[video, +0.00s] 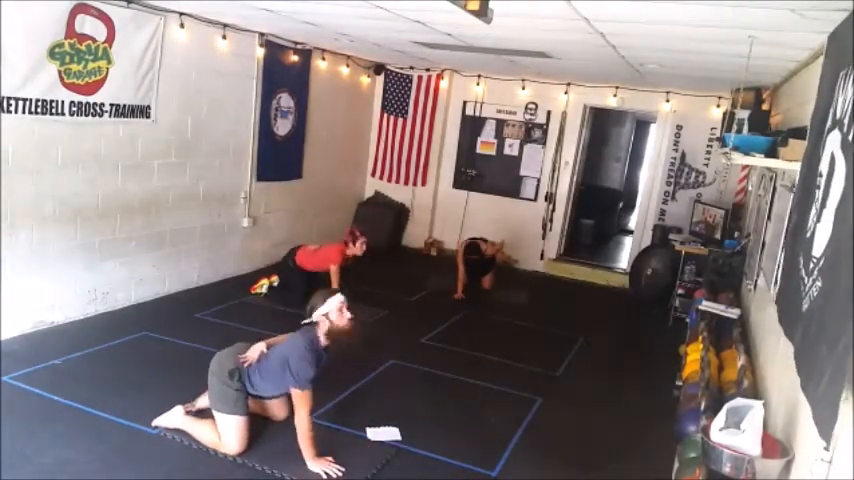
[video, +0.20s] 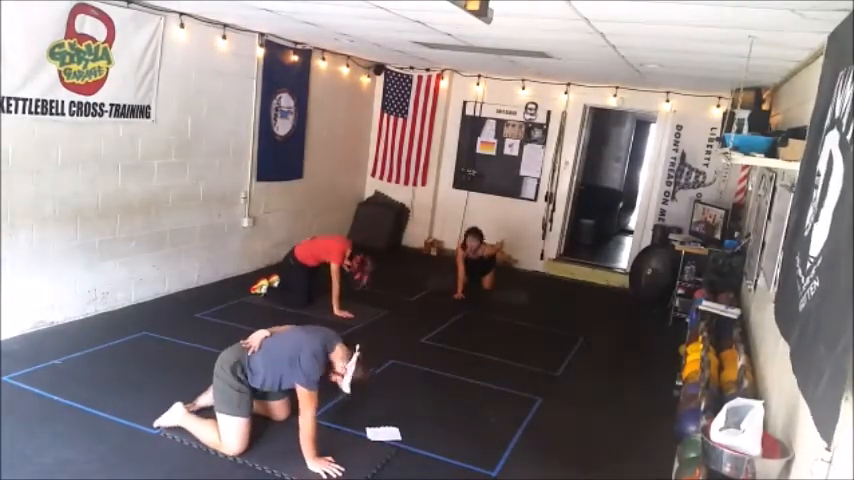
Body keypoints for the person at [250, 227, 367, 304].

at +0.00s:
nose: (365, 247)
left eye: (365, 244)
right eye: (362, 244)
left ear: (353, 244)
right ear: (351, 244)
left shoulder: (344, 250)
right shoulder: (337, 255)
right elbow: (335, 284)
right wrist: (337, 300)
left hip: (303, 252)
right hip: (294, 263)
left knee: (312, 287)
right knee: (298, 299)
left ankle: (278, 281)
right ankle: (270, 288)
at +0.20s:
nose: (344, 268)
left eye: (348, 269)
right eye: (347, 267)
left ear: (354, 259)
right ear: (351, 261)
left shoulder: (346, 244)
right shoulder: (336, 252)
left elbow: (325, 240)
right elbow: (335, 283)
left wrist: (313, 239)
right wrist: (336, 309)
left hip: (308, 261)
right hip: (296, 262)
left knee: (312, 293)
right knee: (300, 300)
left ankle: (279, 281)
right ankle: (267, 289)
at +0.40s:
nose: (352, 268)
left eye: (356, 268)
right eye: (355, 267)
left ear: (355, 253)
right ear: (353, 258)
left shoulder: (346, 243)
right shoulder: (336, 253)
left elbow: (327, 240)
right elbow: (335, 283)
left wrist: (315, 239)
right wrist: (336, 310)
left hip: (307, 261)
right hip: (296, 262)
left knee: (309, 295)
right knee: (299, 300)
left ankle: (279, 281)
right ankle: (267, 289)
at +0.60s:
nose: (363, 247)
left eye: (364, 244)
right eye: (360, 244)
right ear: (350, 244)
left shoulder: (343, 249)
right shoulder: (337, 254)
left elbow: (326, 246)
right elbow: (335, 282)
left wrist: (312, 248)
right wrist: (335, 302)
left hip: (300, 252)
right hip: (292, 264)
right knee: (300, 299)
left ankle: (276, 281)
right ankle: (272, 287)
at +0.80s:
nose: (347, 268)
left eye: (350, 268)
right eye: (349, 267)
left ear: (355, 256)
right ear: (351, 259)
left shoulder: (344, 243)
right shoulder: (337, 254)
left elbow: (326, 239)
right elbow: (336, 283)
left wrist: (313, 240)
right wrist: (336, 310)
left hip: (304, 257)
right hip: (295, 262)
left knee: (311, 294)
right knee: (301, 300)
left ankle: (278, 282)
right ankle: (266, 290)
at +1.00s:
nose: (349, 267)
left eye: (353, 267)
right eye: (352, 265)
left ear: (354, 254)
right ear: (351, 258)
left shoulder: (345, 244)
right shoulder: (336, 252)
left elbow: (326, 241)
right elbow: (335, 283)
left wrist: (314, 240)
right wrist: (336, 309)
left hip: (308, 263)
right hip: (295, 261)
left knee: (309, 297)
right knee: (300, 299)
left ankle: (278, 282)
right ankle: (268, 289)